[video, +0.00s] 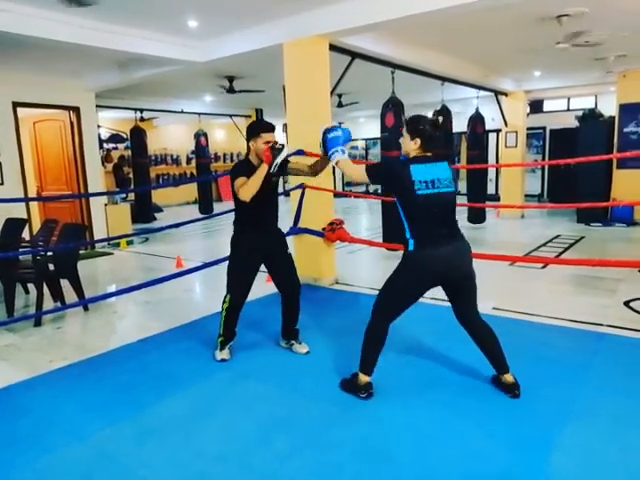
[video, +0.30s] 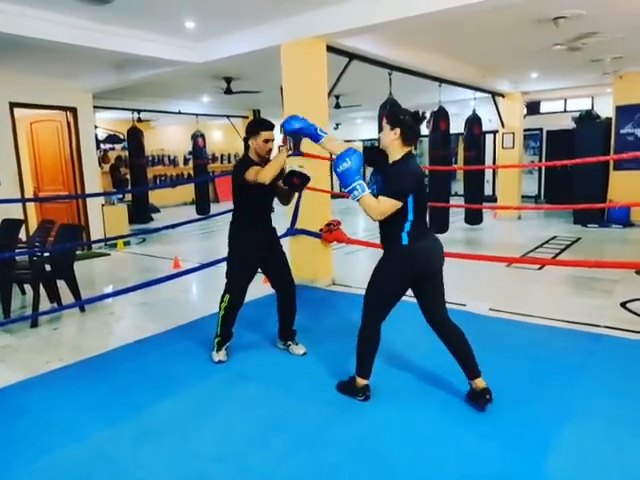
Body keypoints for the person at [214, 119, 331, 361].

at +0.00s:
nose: (271, 147)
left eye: (273, 143)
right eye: (266, 143)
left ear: (274, 144)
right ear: (251, 143)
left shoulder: (275, 164)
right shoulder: (241, 169)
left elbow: (312, 170)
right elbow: (245, 194)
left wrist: (331, 152)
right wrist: (267, 163)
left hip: (272, 239)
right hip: (246, 241)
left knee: (291, 288)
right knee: (236, 296)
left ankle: (289, 337)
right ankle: (224, 343)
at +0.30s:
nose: (271, 146)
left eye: (272, 141)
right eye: (265, 141)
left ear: (272, 142)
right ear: (251, 141)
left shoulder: (269, 166)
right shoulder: (242, 166)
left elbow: (285, 199)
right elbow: (263, 176)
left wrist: (293, 187)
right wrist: (284, 152)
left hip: (266, 236)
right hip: (243, 237)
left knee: (286, 287)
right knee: (235, 292)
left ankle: (287, 338)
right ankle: (221, 342)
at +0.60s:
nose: (283, 152)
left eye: (284, 147)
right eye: (279, 147)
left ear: (283, 148)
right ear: (264, 147)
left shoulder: (277, 172)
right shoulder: (251, 169)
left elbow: (269, 204)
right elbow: (230, 193)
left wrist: (288, 204)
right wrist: (246, 217)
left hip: (268, 238)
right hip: (244, 238)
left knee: (294, 282)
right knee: (232, 294)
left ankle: (299, 333)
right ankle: (218, 345)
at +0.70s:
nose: (291, 156)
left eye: (293, 152)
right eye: (288, 151)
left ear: (291, 152)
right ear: (273, 149)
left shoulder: (283, 178)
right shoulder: (256, 173)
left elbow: (276, 208)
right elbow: (232, 196)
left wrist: (296, 205)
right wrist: (228, 225)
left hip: (272, 241)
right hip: (248, 243)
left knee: (298, 284)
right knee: (234, 295)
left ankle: (307, 332)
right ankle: (217, 345)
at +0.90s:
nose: (324, 160)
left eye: (326, 156)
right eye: (320, 155)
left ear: (325, 155)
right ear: (306, 153)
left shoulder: (316, 180)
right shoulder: (288, 176)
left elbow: (318, 214)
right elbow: (255, 196)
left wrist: (329, 204)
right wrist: (224, 219)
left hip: (295, 237)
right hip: (275, 238)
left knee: (316, 284)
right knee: (264, 292)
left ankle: (309, 333)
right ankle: (227, 340)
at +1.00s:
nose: (331, 153)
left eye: (334, 148)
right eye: (327, 148)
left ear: (334, 147)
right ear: (314, 146)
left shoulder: (327, 173)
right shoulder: (295, 170)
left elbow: (331, 207)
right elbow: (264, 193)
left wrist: (338, 198)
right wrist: (241, 219)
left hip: (304, 229)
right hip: (284, 230)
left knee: (315, 283)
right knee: (286, 285)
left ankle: (308, 333)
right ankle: (259, 334)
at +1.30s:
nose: (339, 147)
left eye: (343, 142)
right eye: (335, 142)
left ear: (350, 144)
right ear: (326, 144)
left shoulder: (355, 172)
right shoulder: (316, 174)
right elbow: (294, 203)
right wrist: (290, 230)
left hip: (346, 231)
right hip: (321, 232)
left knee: (335, 283)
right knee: (338, 283)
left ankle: (310, 325)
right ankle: (348, 338)